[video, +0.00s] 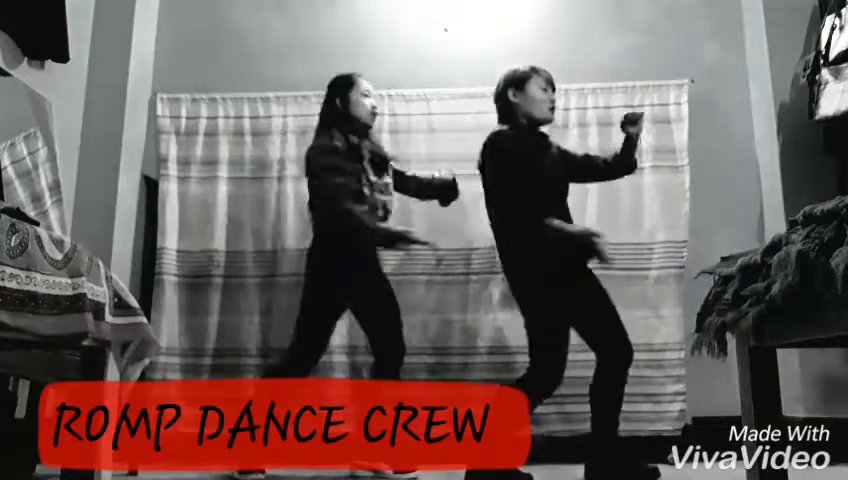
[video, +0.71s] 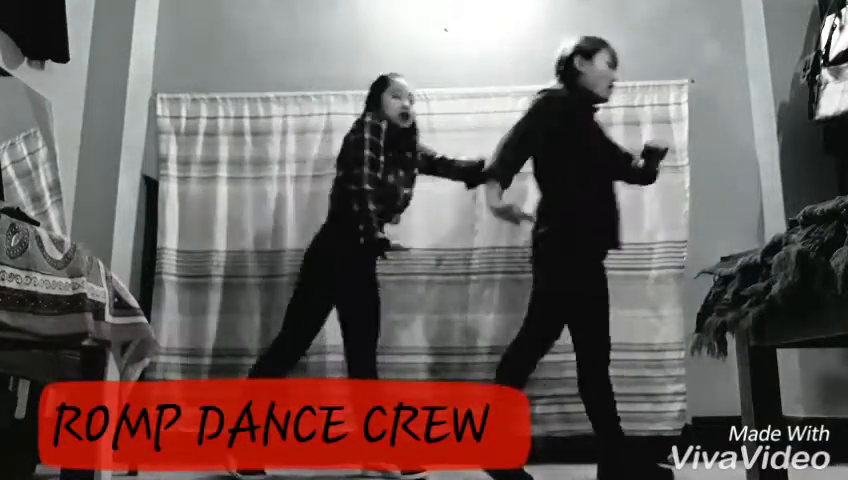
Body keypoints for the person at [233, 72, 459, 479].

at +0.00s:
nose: (374, 103)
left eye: (373, 96)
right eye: (366, 96)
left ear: (348, 103)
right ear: (342, 102)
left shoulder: (360, 143)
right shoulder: (329, 148)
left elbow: (393, 178)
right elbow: (340, 212)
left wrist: (435, 188)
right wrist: (387, 235)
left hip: (352, 259)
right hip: (340, 262)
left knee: (304, 352)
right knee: (389, 345)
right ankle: (383, 442)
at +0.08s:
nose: (369, 101)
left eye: (367, 94)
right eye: (360, 94)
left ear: (344, 103)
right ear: (337, 102)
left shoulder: (355, 140)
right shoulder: (332, 141)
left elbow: (389, 173)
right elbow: (360, 196)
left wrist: (433, 184)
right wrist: (406, 227)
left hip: (353, 254)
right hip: (339, 256)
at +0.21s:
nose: (362, 100)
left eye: (360, 93)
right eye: (352, 92)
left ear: (344, 106)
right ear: (329, 104)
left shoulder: (362, 159)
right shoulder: (306, 141)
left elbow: (404, 184)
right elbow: (250, 166)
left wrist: (445, 187)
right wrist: (280, 197)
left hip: (339, 263)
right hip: (306, 261)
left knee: (370, 350)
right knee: (292, 357)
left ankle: (368, 450)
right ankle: (249, 451)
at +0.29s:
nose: (354, 98)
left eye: (353, 92)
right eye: (344, 91)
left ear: (347, 106)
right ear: (321, 101)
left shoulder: (344, 144)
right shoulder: (305, 140)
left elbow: (376, 175)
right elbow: (301, 195)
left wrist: (418, 183)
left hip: (342, 257)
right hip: (309, 259)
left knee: (366, 349)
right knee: (291, 354)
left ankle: (369, 446)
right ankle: (251, 449)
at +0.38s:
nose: (344, 104)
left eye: (343, 97)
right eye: (335, 96)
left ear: (330, 110)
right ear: (310, 104)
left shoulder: (331, 148)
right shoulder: (295, 146)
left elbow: (364, 178)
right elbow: (315, 189)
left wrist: (405, 185)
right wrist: (363, 215)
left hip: (330, 264)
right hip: (301, 265)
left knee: (366, 350)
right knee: (290, 359)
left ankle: (368, 449)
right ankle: (251, 451)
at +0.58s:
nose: (378, 120)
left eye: (381, 115)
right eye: (370, 112)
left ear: (378, 122)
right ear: (349, 115)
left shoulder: (356, 148)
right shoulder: (340, 146)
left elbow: (386, 173)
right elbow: (377, 191)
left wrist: (420, 178)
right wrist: (419, 233)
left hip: (316, 262)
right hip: (298, 263)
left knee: (348, 355)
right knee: (286, 359)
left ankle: (367, 441)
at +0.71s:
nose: (408, 103)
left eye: (411, 98)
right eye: (399, 96)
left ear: (412, 106)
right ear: (379, 101)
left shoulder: (404, 144)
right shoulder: (367, 132)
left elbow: (437, 164)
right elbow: (358, 183)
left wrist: (481, 170)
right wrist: (373, 233)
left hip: (356, 251)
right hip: (337, 250)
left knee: (363, 348)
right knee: (292, 342)